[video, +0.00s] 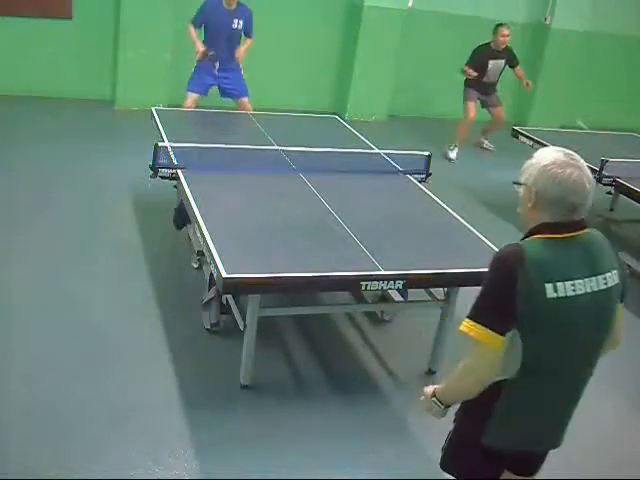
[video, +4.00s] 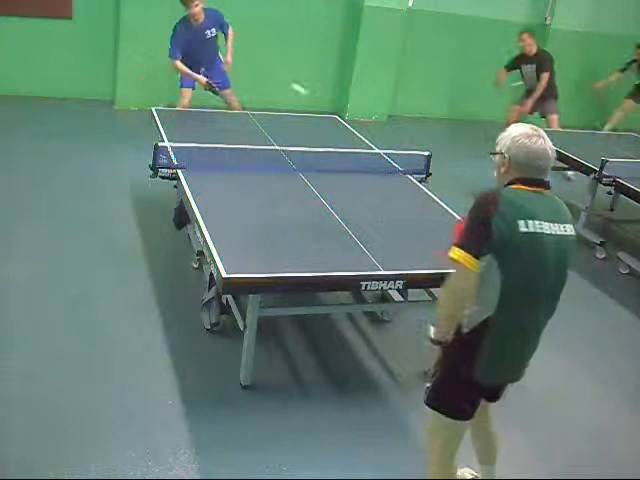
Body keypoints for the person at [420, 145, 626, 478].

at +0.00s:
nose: (519, 194)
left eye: (521, 186)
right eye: (520, 186)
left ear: (532, 197)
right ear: (580, 202)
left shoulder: (517, 260)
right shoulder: (601, 248)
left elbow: (484, 362)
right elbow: (611, 338)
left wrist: (441, 396)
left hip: (497, 415)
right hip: (555, 410)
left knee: (472, 471)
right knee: (520, 471)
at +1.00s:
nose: (495, 180)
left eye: (498, 174)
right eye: (498, 173)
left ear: (505, 182)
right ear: (552, 184)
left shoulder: (480, 230)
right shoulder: (575, 239)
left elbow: (441, 317)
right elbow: (586, 322)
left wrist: (422, 282)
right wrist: (537, 320)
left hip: (471, 370)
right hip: (525, 370)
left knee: (457, 459)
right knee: (475, 433)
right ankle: (469, 470)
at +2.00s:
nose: (395, 174)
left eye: (395, 167)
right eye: (395, 167)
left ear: (406, 164)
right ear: (438, 156)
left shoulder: (405, 193)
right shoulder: (477, 188)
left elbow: (384, 281)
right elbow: (504, 263)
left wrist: (367, 288)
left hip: (430, 321)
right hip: (473, 321)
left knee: (386, 421)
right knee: (420, 383)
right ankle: (424, 458)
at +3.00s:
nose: (437, 169)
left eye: (440, 161)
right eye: (437, 161)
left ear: (454, 164)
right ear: (486, 158)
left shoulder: (460, 209)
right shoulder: (512, 199)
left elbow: (471, 300)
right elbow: (484, 240)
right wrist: (422, 242)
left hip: (468, 348)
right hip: (501, 344)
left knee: (422, 425)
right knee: (460, 406)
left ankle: (421, 473)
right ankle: (459, 470)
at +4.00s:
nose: (494, 162)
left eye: (497, 156)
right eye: (496, 155)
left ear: (506, 163)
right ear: (545, 167)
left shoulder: (493, 204)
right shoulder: (561, 212)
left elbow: (460, 282)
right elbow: (547, 293)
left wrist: (442, 335)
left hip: (479, 339)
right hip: (520, 341)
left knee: (442, 435)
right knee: (481, 409)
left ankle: (440, 475)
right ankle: (487, 473)